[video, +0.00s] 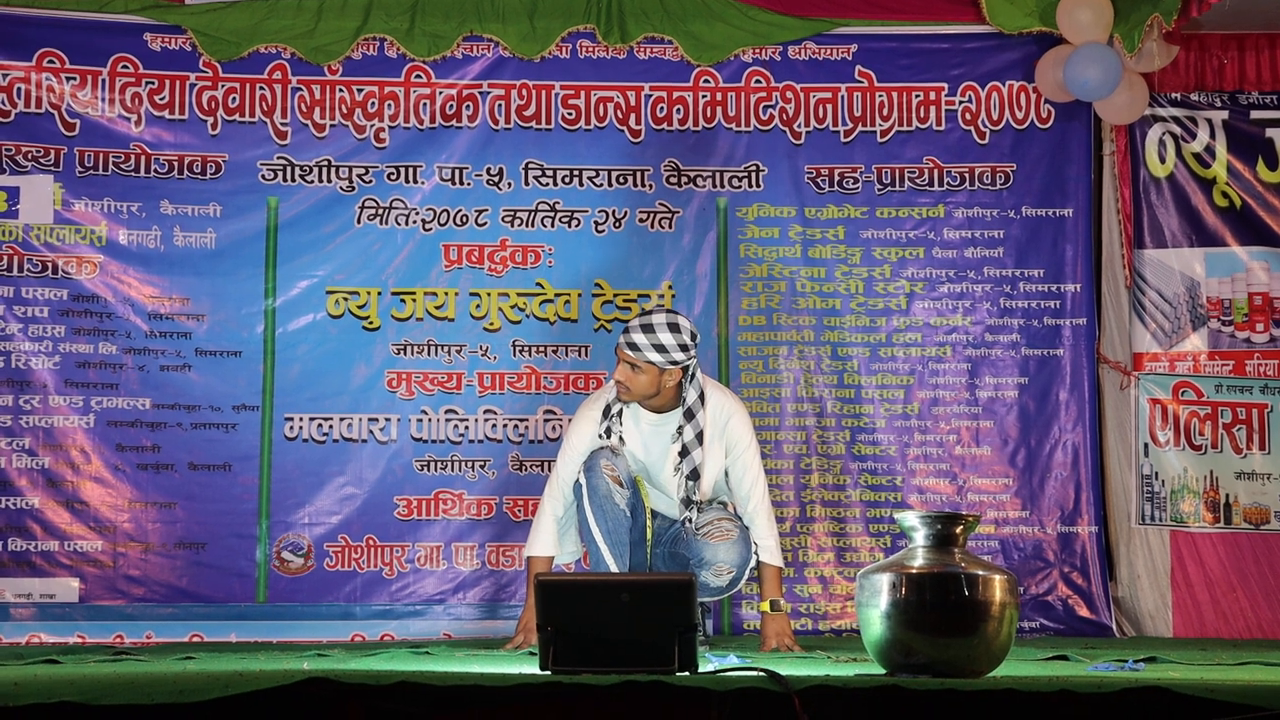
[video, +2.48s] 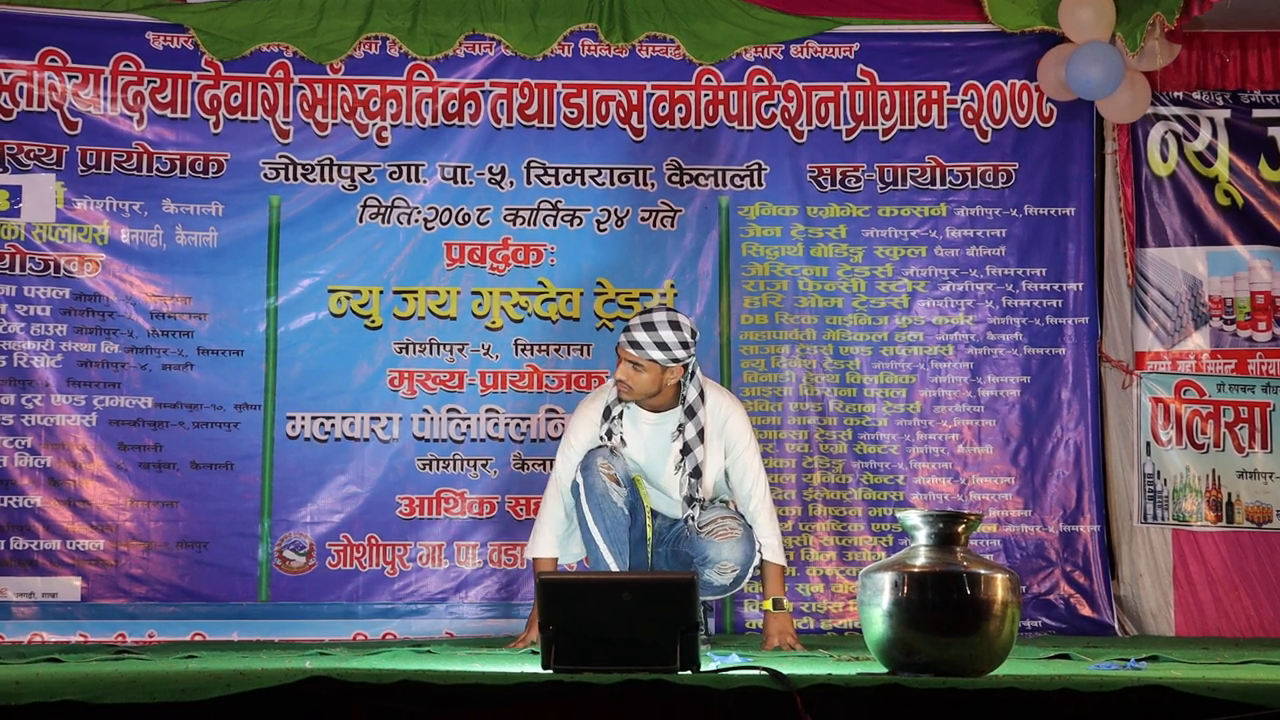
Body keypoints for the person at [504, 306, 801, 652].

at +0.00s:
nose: (617, 376)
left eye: (633, 368)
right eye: (618, 361)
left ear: (672, 376)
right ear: (617, 356)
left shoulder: (725, 414)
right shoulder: (598, 411)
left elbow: (758, 508)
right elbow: (554, 502)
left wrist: (774, 609)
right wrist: (534, 603)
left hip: (690, 540)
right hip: (627, 532)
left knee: (727, 549)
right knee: (602, 463)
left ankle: (690, 610)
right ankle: (618, 607)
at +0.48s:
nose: (619, 373)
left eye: (634, 365)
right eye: (620, 358)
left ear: (673, 373)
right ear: (618, 354)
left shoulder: (726, 413)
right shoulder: (598, 410)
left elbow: (758, 507)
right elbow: (555, 502)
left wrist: (775, 608)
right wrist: (534, 603)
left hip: (691, 540)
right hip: (628, 532)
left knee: (728, 546)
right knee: (603, 462)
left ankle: (688, 610)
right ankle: (620, 607)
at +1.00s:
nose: (620, 372)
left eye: (637, 364)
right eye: (621, 358)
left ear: (675, 372)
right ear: (619, 354)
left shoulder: (727, 413)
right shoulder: (600, 412)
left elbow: (759, 506)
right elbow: (554, 503)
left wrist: (775, 608)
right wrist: (535, 603)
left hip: (692, 536)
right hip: (630, 530)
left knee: (729, 549)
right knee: (602, 461)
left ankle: (688, 610)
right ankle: (621, 605)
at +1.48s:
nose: (616, 376)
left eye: (632, 368)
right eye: (617, 361)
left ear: (671, 375)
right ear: (614, 357)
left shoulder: (722, 412)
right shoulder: (596, 414)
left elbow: (759, 504)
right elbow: (558, 502)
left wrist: (775, 606)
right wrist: (528, 599)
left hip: (692, 538)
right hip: (629, 532)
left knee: (729, 547)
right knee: (600, 461)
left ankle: (687, 611)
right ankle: (617, 608)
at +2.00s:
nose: (616, 376)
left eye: (633, 368)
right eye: (617, 361)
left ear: (671, 373)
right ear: (615, 356)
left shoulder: (723, 413)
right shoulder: (596, 412)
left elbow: (760, 506)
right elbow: (555, 501)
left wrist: (776, 607)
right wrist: (543, 604)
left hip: (692, 535)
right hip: (629, 528)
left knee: (730, 549)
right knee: (598, 463)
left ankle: (687, 609)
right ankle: (622, 605)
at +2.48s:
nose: (618, 375)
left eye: (635, 367)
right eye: (619, 360)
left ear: (674, 373)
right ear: (617, 354)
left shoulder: (723, 413)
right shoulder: (596, 410)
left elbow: (760, 507)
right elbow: (555, 502)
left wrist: (776, 608)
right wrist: (543, 606)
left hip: (690, 539)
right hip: (628, 531)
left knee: (731, 548)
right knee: (598, 463)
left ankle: (686, 609)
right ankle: (621, 605)